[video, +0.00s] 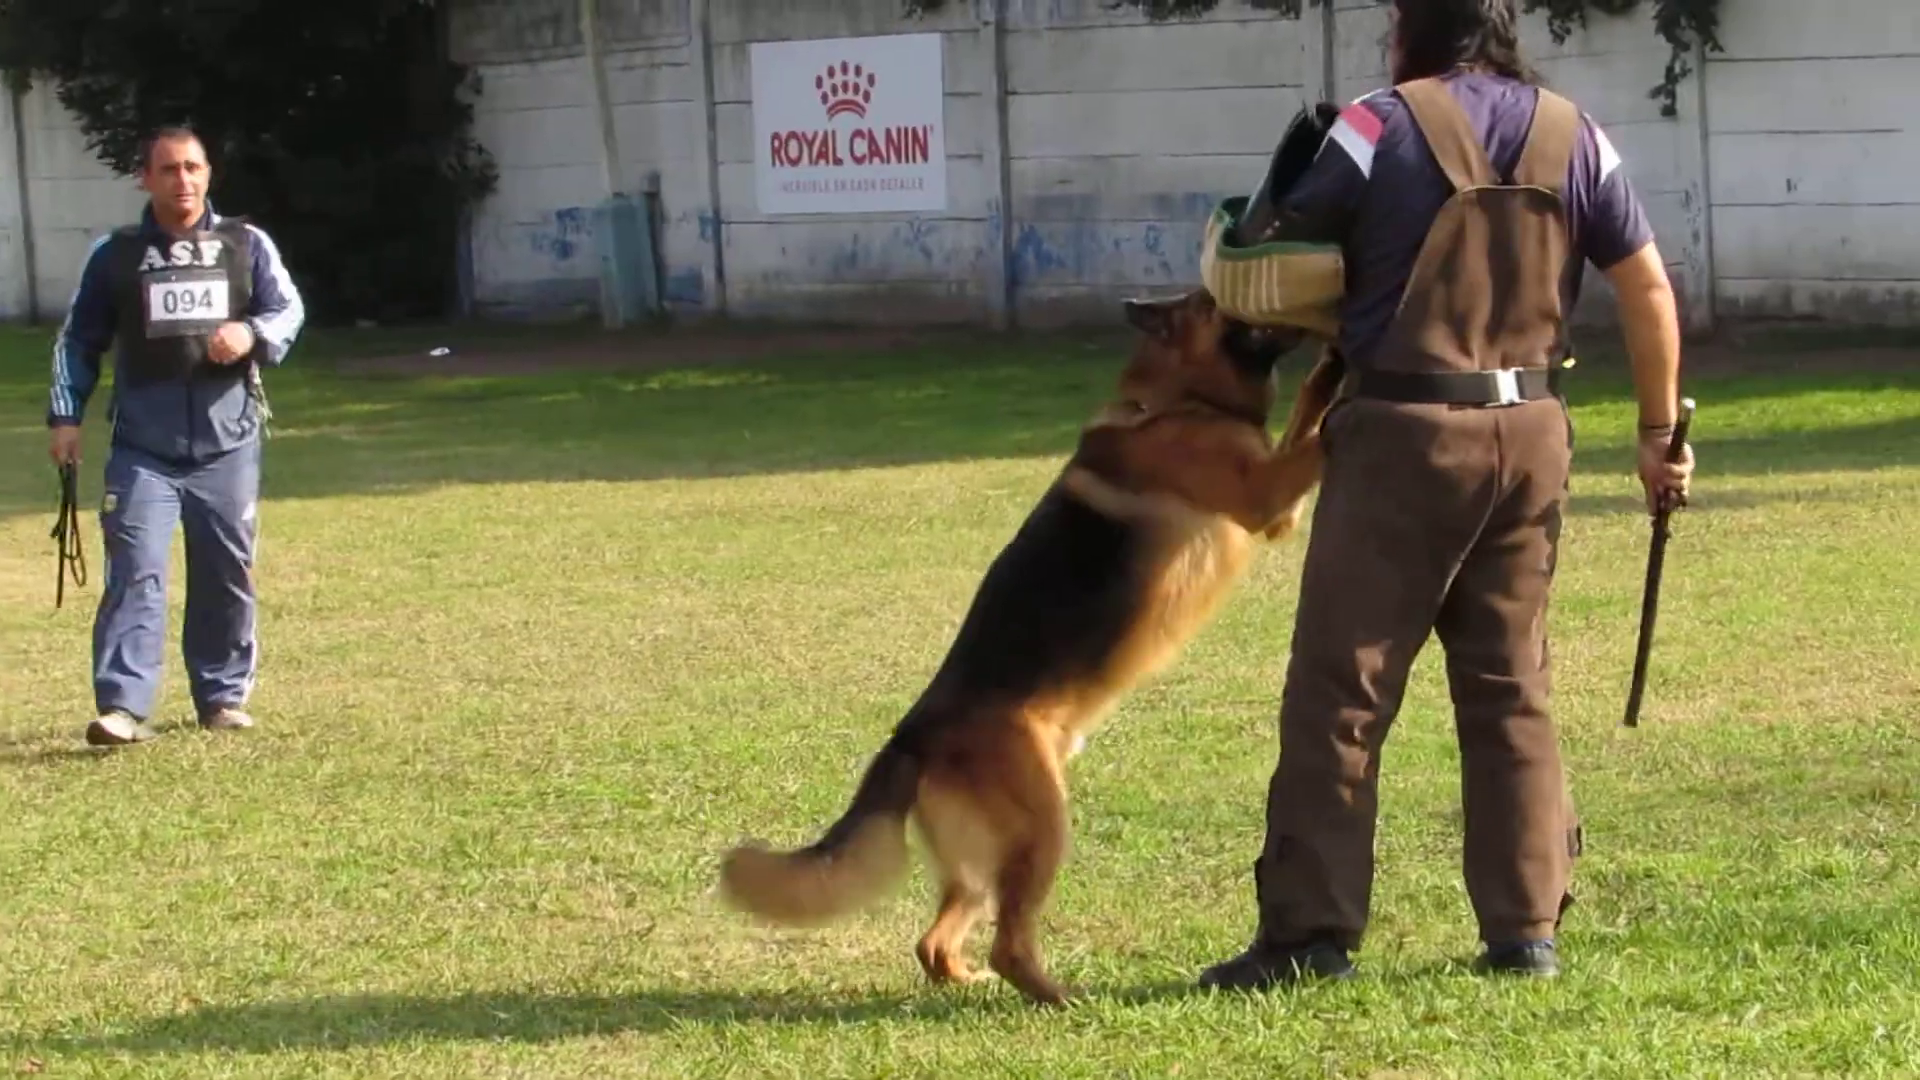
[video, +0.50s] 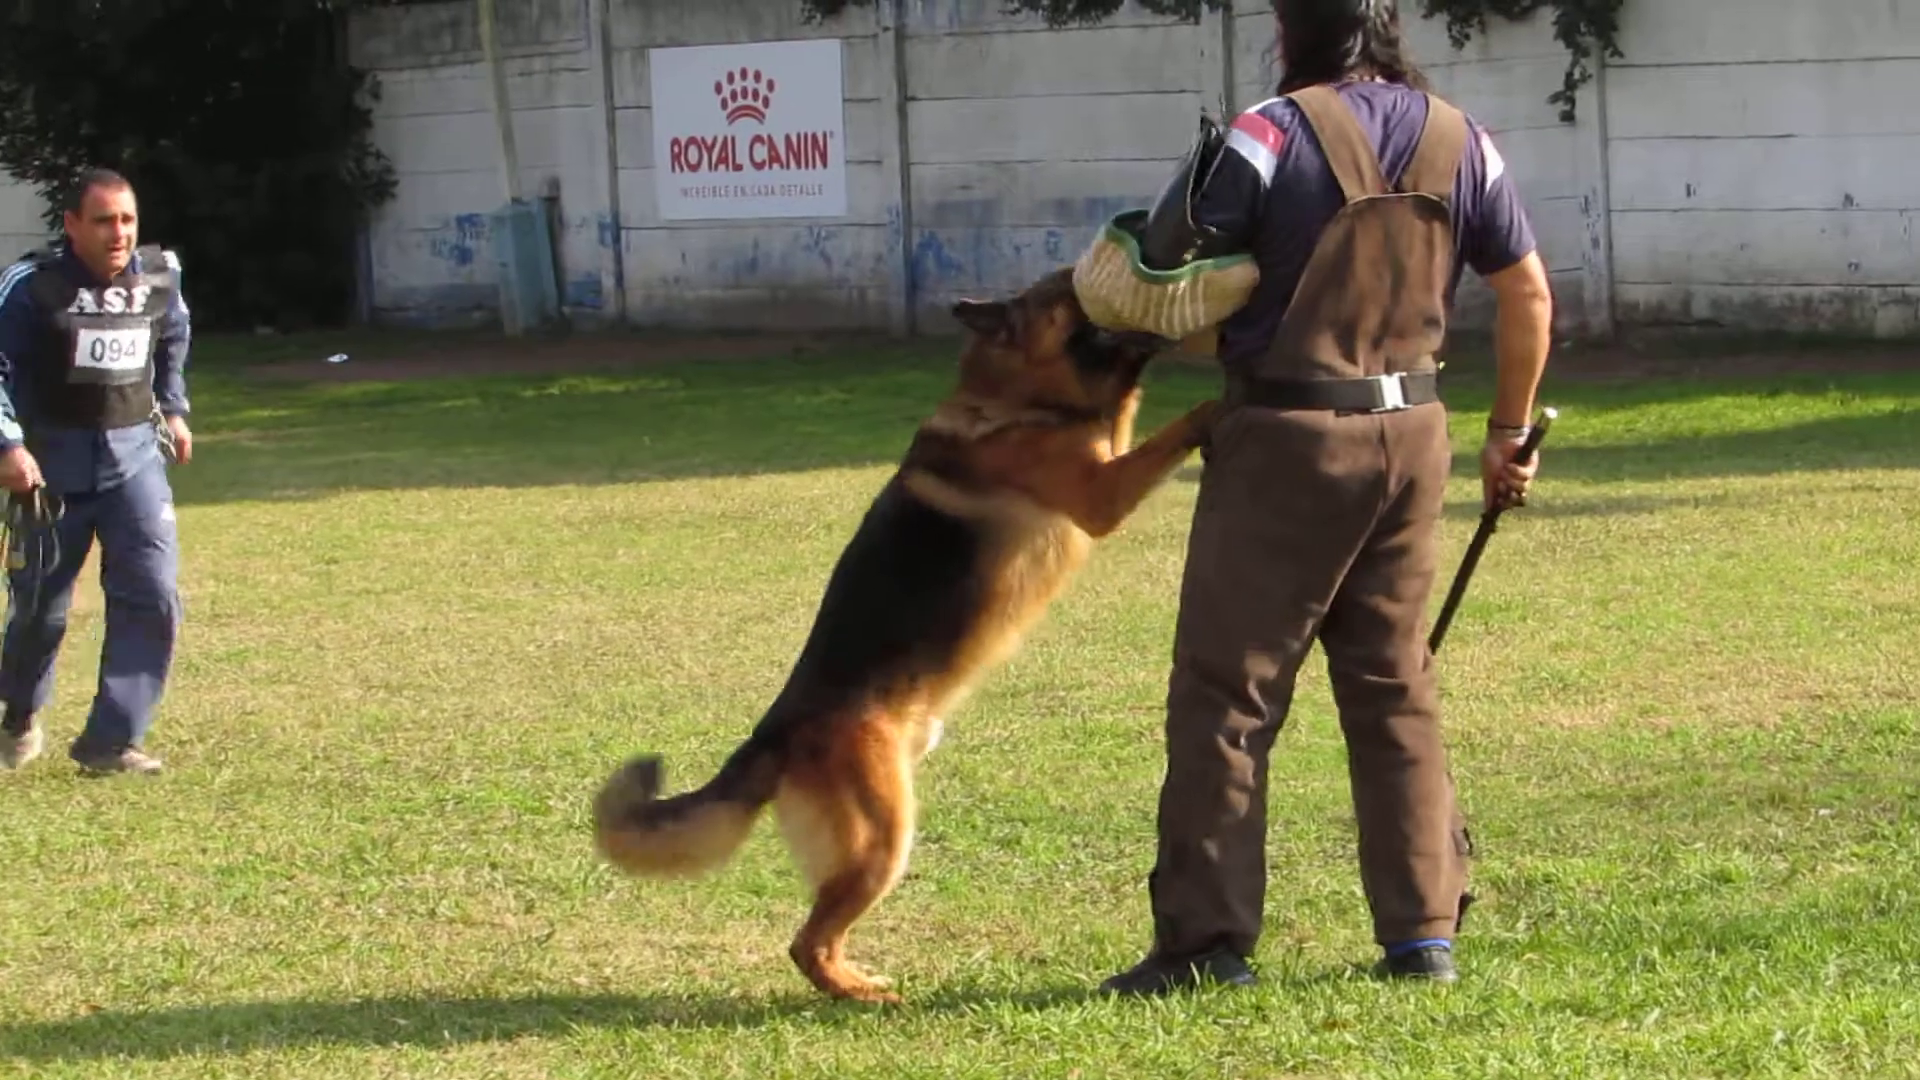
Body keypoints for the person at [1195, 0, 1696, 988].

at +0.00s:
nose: (1389, 42)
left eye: (1394, 28)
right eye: (1395, 28)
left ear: (1410, 33)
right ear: (1503, 36)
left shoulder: (1378, 121)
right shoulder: (1577, 135)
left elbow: (1280, 261)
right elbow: (1649, 291)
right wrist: (1663, 429)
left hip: (1403, 437)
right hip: (1534, 436)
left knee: (1341, 687)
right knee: (1511, 684)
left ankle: (1306, 937)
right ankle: (1525, 932)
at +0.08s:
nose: (1368, 43)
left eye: (1374, 28)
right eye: (1372, 29)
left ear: (1393, 34)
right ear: (1486, 38)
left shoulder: (1361, 124)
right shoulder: (1561, 132)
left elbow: (1269, 272)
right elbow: (1635, 286)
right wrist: (1651, 425)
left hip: (1387, 439)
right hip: (1520, 438)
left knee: (1330, 687)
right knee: (1500, 685)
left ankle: (1294, 939)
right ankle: (1514, 933)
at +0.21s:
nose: (1342, 46)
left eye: (1346, 31)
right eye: (1347, 31)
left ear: (1362, 36)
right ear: (1457, 36)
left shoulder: (1333, 129)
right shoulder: (1531, 133)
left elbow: (1242, 282)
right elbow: (1608, 285)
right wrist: (1612, 427)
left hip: (1360, 444)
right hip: (1491, 441)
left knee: (1300, 689)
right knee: (1475, 688)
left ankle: (1270, 938)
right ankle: (1489, 932)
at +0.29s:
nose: (1319, 42)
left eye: (1325, 29)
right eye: (1326, 29)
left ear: (1340, 37)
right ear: (1430, 35)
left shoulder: (1310, 131)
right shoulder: (1506, 134)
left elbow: (1212, 275)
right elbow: (1575, 287)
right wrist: (1573, 429)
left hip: (1335, 443)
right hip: (1463, 440)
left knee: (1270, 687)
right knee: (1444, 684)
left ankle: (1243, 939)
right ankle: (1462, 932)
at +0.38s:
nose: (1297, 40)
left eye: (1302, 27)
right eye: (1303, 27)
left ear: (1318, 35)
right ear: (1408, 32)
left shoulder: (1293, 131)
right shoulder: (1484, 136)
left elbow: (1196, 269)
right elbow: (1552, 293)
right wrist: (1541, 433)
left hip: (1313, 445)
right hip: (1441, 442)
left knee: (1248, 686)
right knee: (1421, 681)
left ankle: (1223, 941)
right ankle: (1443, 933)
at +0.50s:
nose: (1276, 41)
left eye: (1280, 29)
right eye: (1282, 28)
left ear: (1295, 38)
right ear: (1386, 36)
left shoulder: (1273, 129)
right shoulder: (1461, 138)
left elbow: (1176, 262)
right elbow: (1529, 296)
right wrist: (1512, 430)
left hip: (1290, 444)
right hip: (1415, 440)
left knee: (1227, 693)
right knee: (1395, 682)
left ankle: (1204, 944)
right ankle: (1424, 933)